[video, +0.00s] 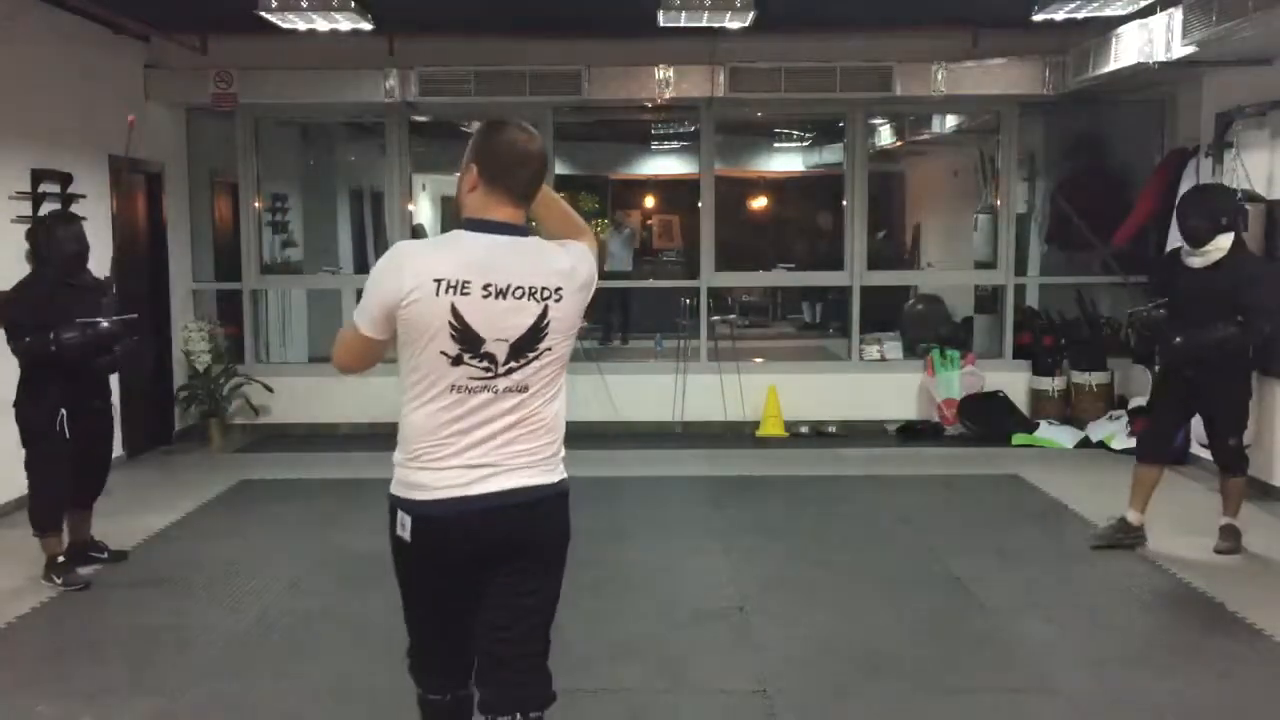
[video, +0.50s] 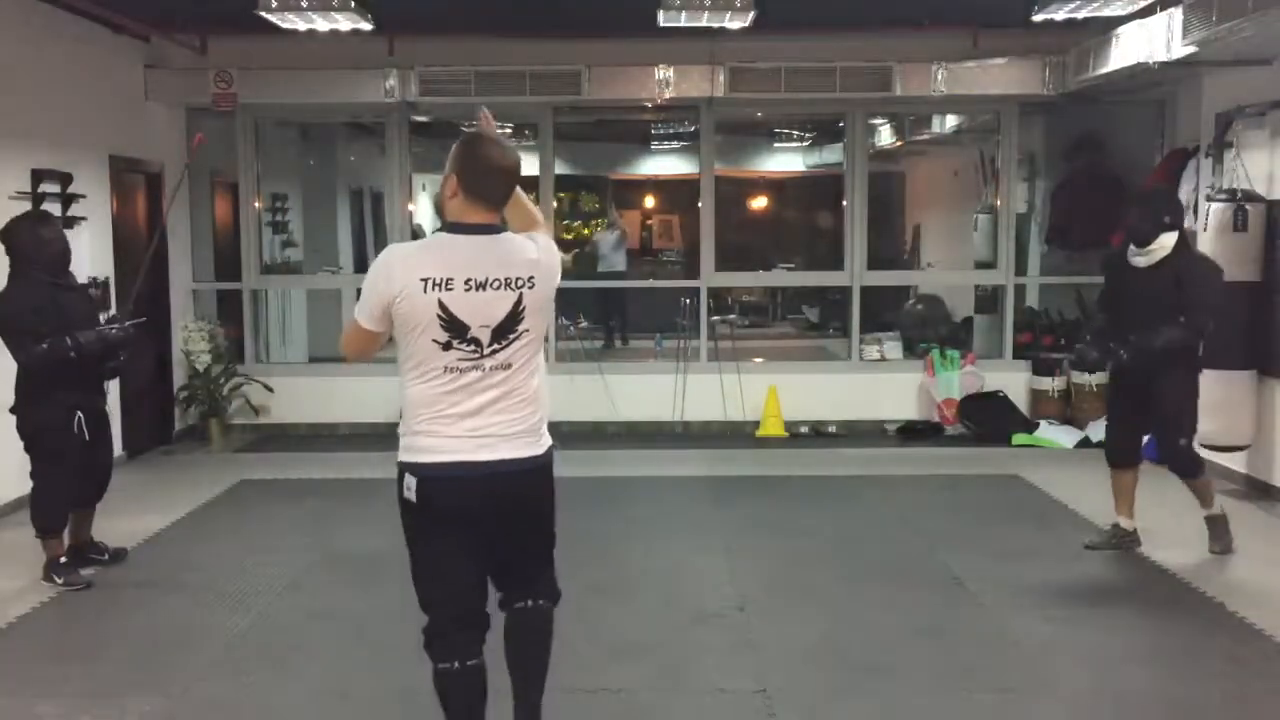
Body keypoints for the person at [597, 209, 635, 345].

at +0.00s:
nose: (617, 222)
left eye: (620, 219)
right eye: (615, 219)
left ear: (624, 220)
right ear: (612, 220)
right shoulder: (609, 233)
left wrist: (634, 230)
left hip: (625, 271)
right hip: (610, 270)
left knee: (624, 304)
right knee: (607, 304)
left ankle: (624, 335)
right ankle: (606, 336)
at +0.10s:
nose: (616, 221)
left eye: (619, 218)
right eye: (615, 218)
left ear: (624, 219)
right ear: (612, 219)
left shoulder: (627, 234)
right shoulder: (608, 234)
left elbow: (634, 244)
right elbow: (601, 251)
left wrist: (632, 231)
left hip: (624, 271)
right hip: (608, 271)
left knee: (623, 305)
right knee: (606, 305)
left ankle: (624, 334)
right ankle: (606, 336)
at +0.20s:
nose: (616, 221)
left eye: (618, 218)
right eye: (614, 218)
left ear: (623, 220)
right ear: (610, 220)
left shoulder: (626, 235)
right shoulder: (605, 236)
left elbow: (628, 243)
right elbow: (594, 250)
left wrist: (627, 231)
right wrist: (596, 245)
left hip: (622, 271)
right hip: (607, 272)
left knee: (623, 304)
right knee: (606, 306)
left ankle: (624, 333)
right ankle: (607, 338)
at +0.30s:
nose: (614, 221)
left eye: (617, 219)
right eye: (613, 219)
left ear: (621, 222)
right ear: (610, 221)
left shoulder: (623, 235)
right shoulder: (604, 236)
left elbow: (626, 236)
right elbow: (594, 251)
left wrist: (621, 223)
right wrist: (596, 245)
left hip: (620, 271)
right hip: (605, 271)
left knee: (622, 305)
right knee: (606, 306)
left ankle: (624, 334)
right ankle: (608, 338)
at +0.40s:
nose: (613, 219)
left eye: (616, 216)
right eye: (611, 216)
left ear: (620, 219)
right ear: (608, 218)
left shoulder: (621, 234)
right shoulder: (599, 235)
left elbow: (625, 237)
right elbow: (590, 250)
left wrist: (620, 223)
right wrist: (590, 245)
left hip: (619, 271)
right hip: (603, 271)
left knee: (621, 304)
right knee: (605, 305)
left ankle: (624, 334)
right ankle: (608, 338)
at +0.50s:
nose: (612, 220)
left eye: (615, 217)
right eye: (611, 217)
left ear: (619, 220)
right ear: (608, 219)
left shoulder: (620, 234)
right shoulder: (599, 235)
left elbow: (624, 234)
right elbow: (589, 250)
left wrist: (617, 221)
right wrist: (590, 246)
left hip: (618, 270)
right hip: (602, 271)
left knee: (620, 303)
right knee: (604, 305)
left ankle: (623, 333)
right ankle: (608, 338)